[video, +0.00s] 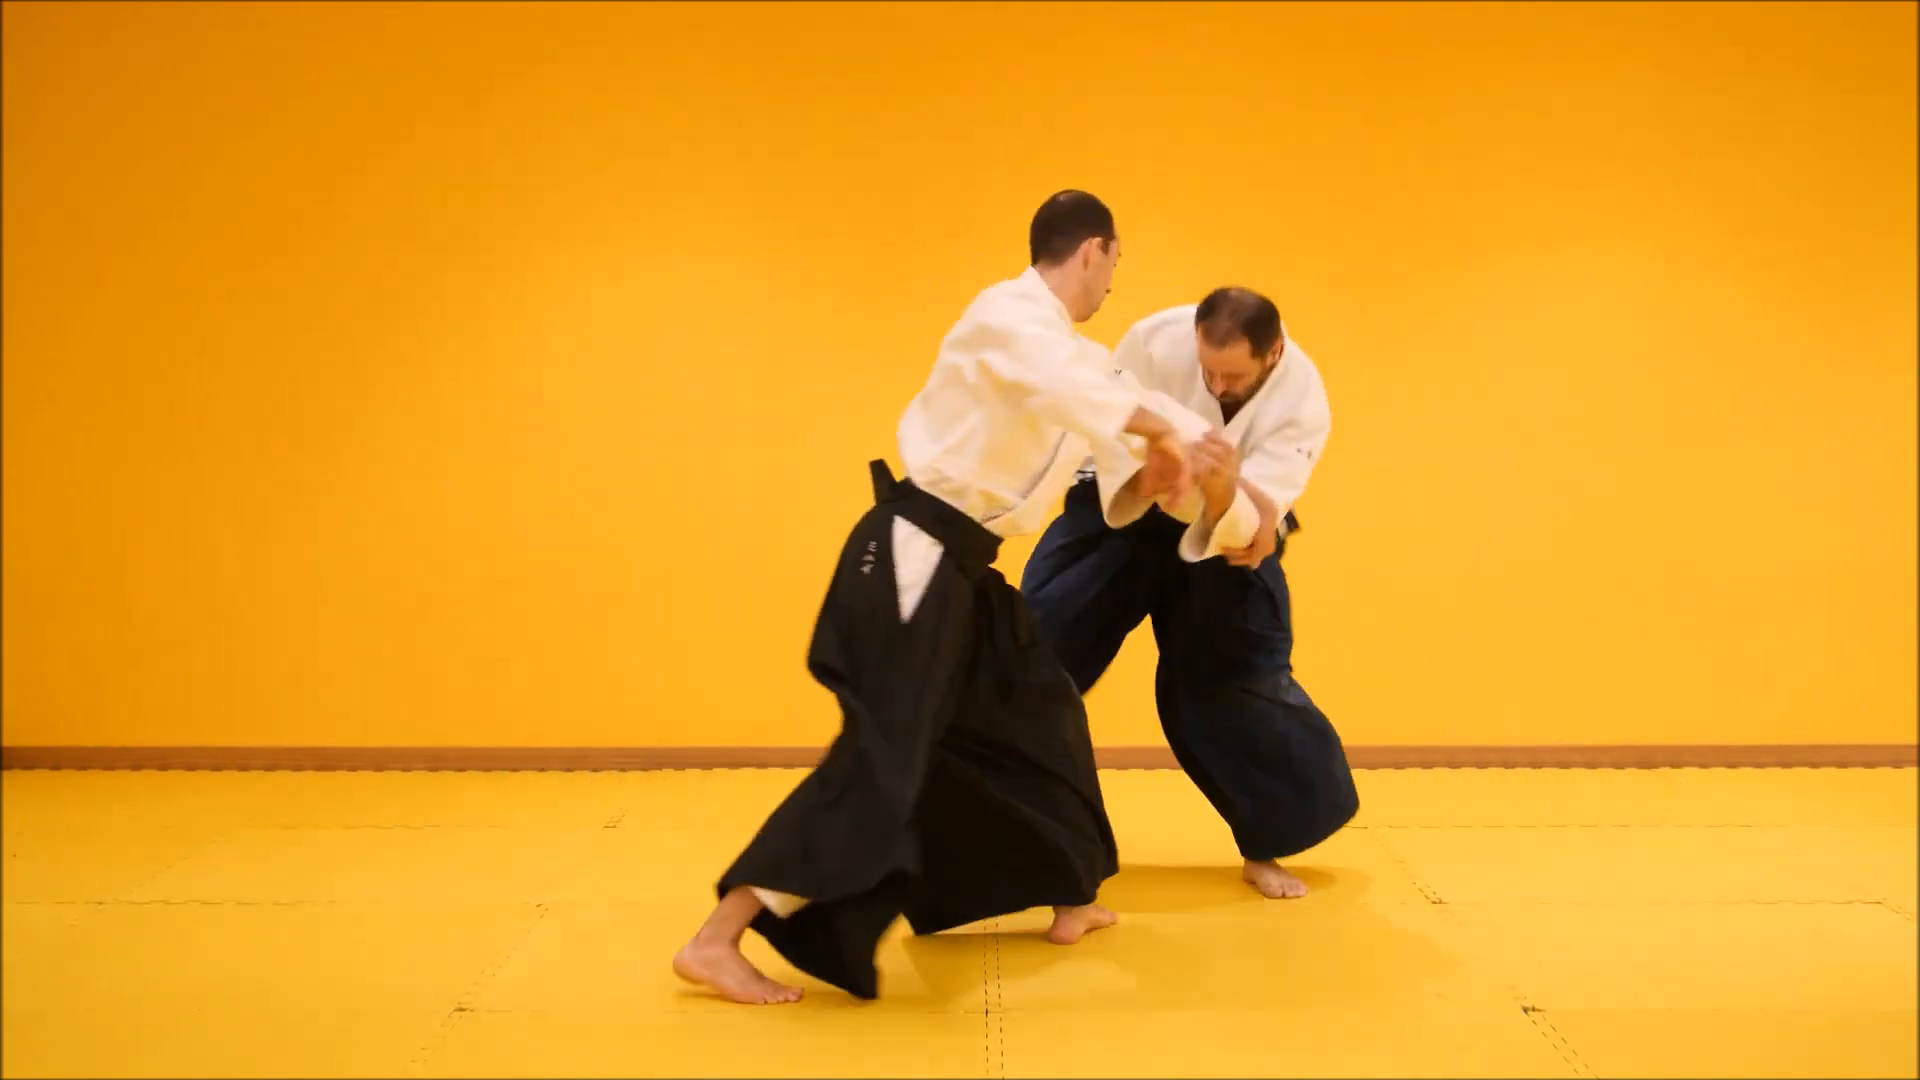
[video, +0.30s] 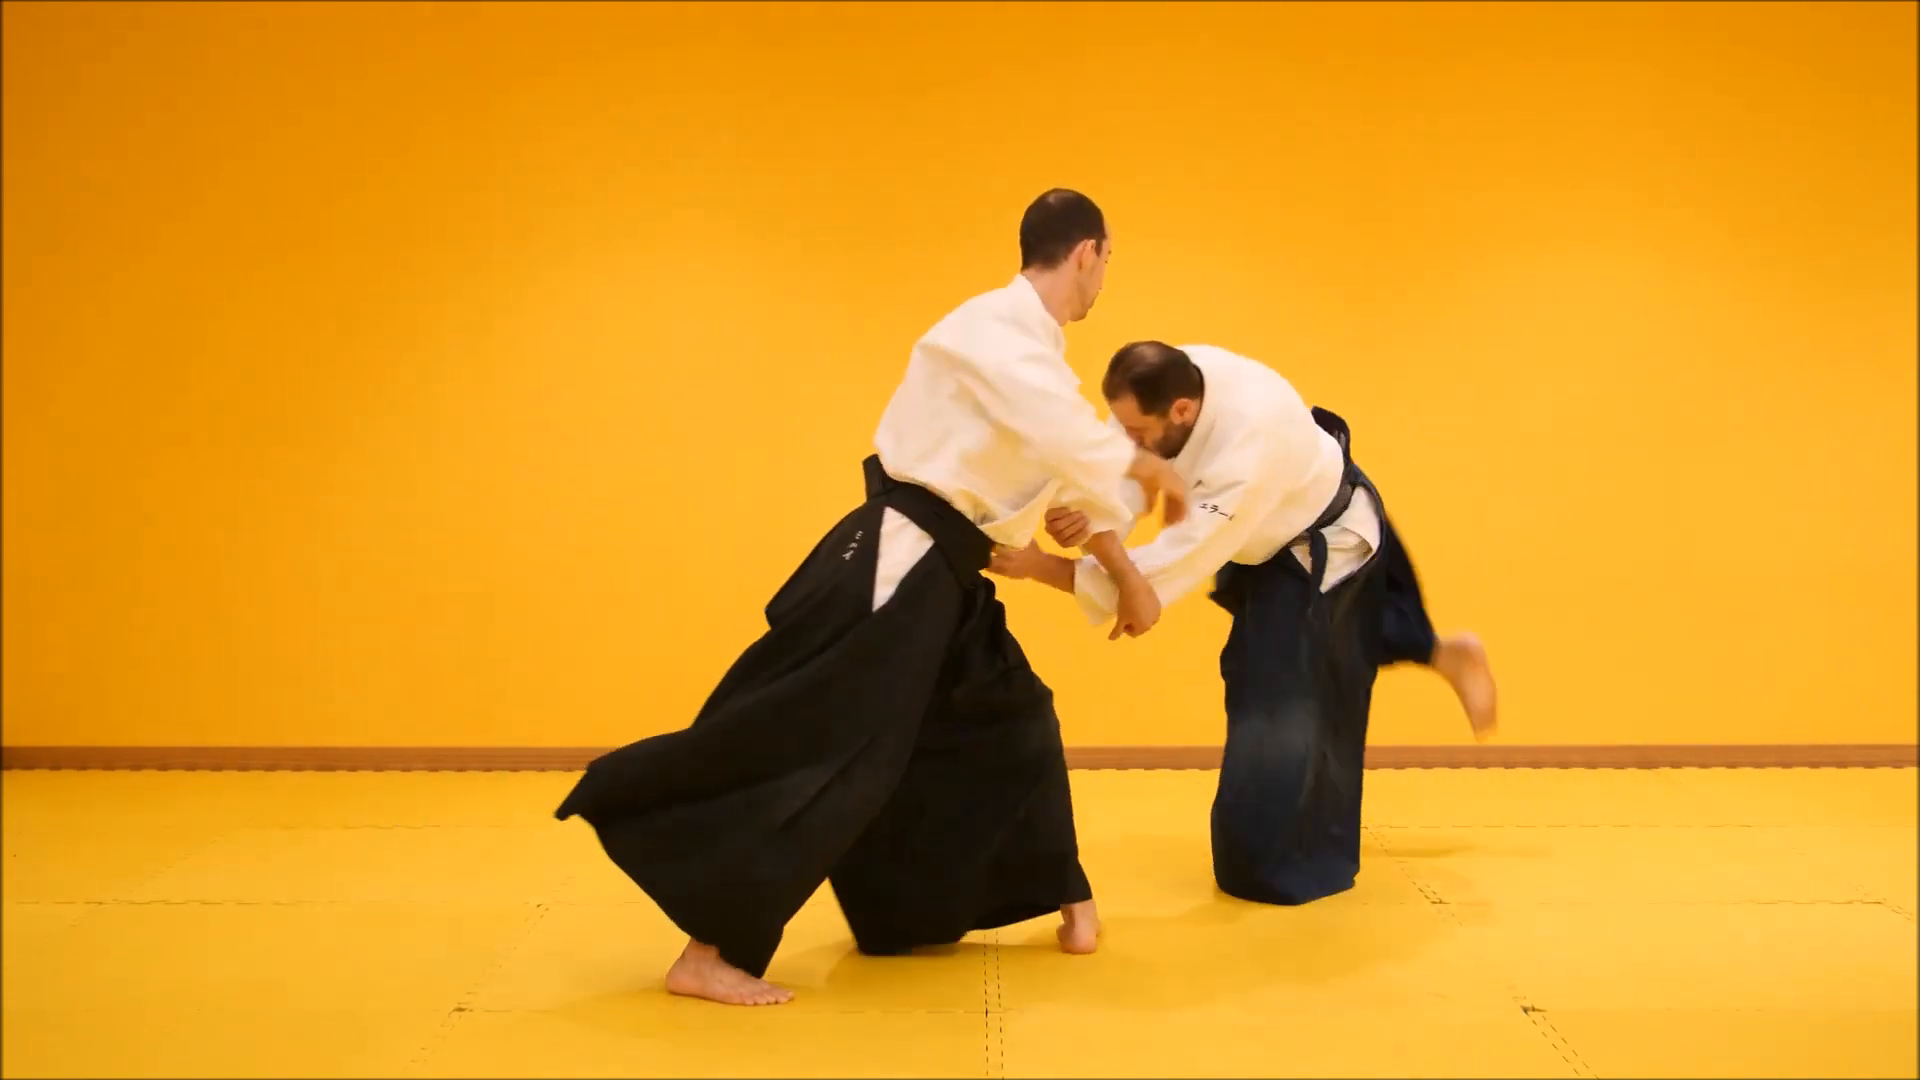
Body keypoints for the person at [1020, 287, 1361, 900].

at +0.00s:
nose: (1217, 386)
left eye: (1233, 376)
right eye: (1208, 370)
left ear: (1270, 356)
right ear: (1197, 340)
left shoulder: (1302, 400)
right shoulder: (1154, 344)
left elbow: (1251, 537)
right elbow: (1106, 435)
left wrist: (1222, 490)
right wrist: (1157, 470)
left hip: (1222, 543)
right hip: (1119, 514)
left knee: (1249, 685)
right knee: (1038, 653)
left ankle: (1261, 851)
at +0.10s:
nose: (1190, 428)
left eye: (1204, 421)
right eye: (1183, 414)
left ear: (1249, 397)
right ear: (1172, 379)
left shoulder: (1301, 425)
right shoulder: (1163, 375)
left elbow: (1245, 526)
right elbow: (1127, 460)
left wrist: (1150, 543)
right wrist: (1124, 508)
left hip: (1262, 557)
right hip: (1157, 535)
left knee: (1279, 694)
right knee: (1016, 623)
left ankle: (1297, 856)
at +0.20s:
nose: (1158, 444)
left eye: (1169, 434)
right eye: (1151, 428)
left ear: (1215, 415)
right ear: (1144, 402)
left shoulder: (1281, 437)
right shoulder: (1157, 399)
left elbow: (1214, 542)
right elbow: (1127, 494)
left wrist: (1080, 550)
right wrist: (1083, 524)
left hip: (1293, 561)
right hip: (1215, 555)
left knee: (1291, 705)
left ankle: (1285, 862)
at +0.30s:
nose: (1126, 437)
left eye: (1136, 427)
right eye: (1120, 424)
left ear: (1180, 409)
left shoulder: (1247, 448)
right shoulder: (1164, 379)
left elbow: (1170, 565)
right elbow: (1126, 461)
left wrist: (1051, 570)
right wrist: (1087, 514)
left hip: (1320, 543)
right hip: (1253, 529)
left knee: (1273, 690)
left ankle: (1276, 859)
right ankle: (1440, 652)